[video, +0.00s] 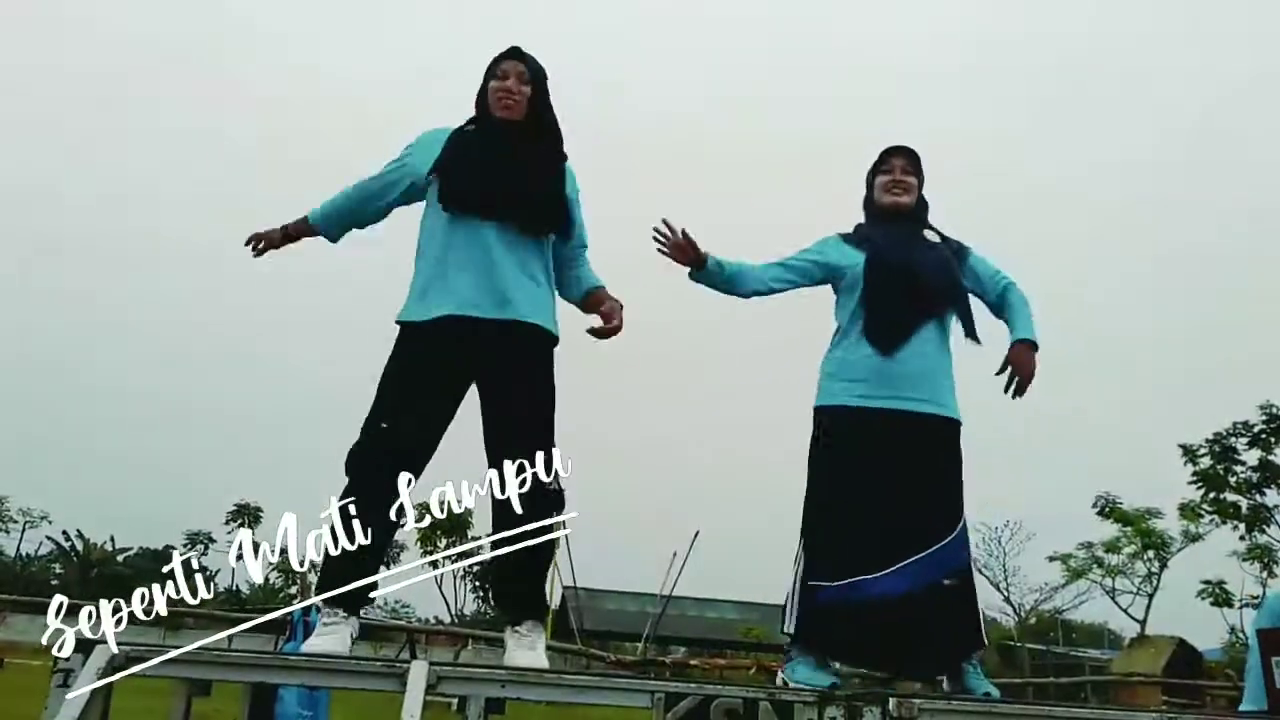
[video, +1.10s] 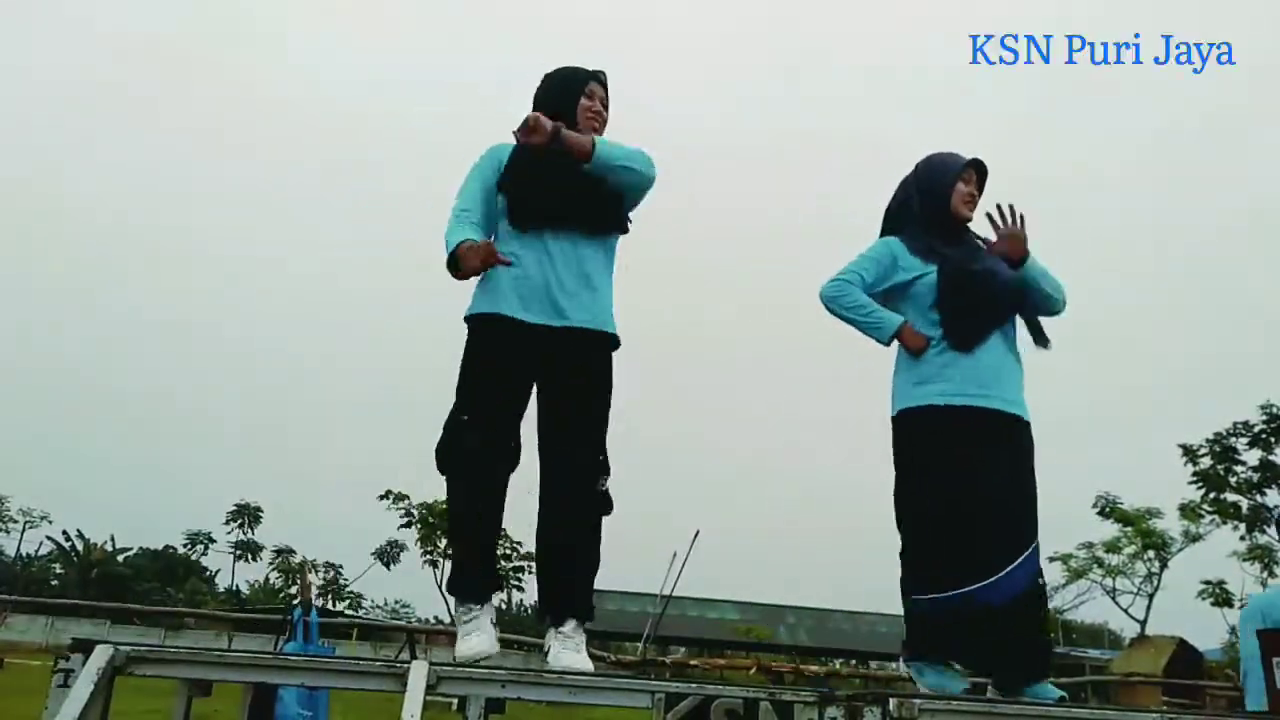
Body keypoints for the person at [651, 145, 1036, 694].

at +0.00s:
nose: (898, 179)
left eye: (908, 174)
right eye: (887, 173)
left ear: (922, 192)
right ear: (869, 191)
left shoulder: (950, 254)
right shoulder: (844, 248)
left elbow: (1007, 292)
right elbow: (767, 276)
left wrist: (1025, 340)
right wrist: (704, 264)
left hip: (929, 411)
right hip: (851, 405)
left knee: (942, 533)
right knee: (832, 529)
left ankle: (961, 661)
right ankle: (808, 653)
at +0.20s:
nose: (879, 179)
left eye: (889, 175)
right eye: (869, 170)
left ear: (896, 193)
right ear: (845, 181)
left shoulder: (913, 254)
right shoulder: (810, 241)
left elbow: (965, 274)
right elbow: (740, 264)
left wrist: (1007, 285)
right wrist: (727, 285)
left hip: (899, 411)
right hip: (822, 408)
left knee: (923, 530)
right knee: (820, 530)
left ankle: (934, 656)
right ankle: (807, 657)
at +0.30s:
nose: (879, 183)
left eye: (887, 179)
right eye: (869, 172)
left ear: (891, 192)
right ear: (843, 177)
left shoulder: (905, 255)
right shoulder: (808, 235)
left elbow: (975, 267)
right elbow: (729, 257)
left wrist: (949, 239)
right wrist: (765, 293)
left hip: (893, 401)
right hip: (821, 396)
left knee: (891, 521)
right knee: (816, 521)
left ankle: (875, 641)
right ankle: (803, 655)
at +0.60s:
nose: (894, 188)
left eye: (900, 183)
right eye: (886, 176)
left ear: (899, 195)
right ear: (855, 175)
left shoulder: (907, 258)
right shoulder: (812, 237)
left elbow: (989, 261)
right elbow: (743, 273)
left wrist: (941, 240)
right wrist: (793, 309)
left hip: (903, 404)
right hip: (829, 396)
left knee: (935, 520)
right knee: (817, 521)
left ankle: (932, 654)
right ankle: (805, 653)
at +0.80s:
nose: (928, 183)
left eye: (933, 179)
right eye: (920, 173)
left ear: (933, 191)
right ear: (890, 172)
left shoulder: (941, 246)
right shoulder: (847, 238)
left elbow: (981, 256)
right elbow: (777, 279)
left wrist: (1012, 260)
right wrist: (826, 315)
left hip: (940, 405)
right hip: (862, 402)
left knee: (975, 527)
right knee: (841, 525)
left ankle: (1009, 659)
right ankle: (809, 653)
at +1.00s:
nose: (964, 188)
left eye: (967, 183)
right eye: (955, 178)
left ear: (966, 195)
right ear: (924, 180)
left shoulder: (985, 257)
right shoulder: (888, 246)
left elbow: (1058, 281)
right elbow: (824, 291)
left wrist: (1030, 258)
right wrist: (880, 329)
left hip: (991, 414)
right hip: (917, 408)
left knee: (1005, 536)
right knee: (895, 529)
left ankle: (1011, 668)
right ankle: (856, 647)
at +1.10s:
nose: (973, 192)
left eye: (976, 186)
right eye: (964, 181)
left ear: (976, 199)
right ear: (932, 184)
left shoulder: (990, 260)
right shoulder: (899, 248)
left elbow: (1053, 304)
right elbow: (837, 292)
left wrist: (1022, 262)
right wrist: (897, 328)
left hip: (1002, 412)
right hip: (931, 410)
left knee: (1011, 535)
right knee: (935, 533)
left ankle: (1021, 670)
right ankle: (929, 657)